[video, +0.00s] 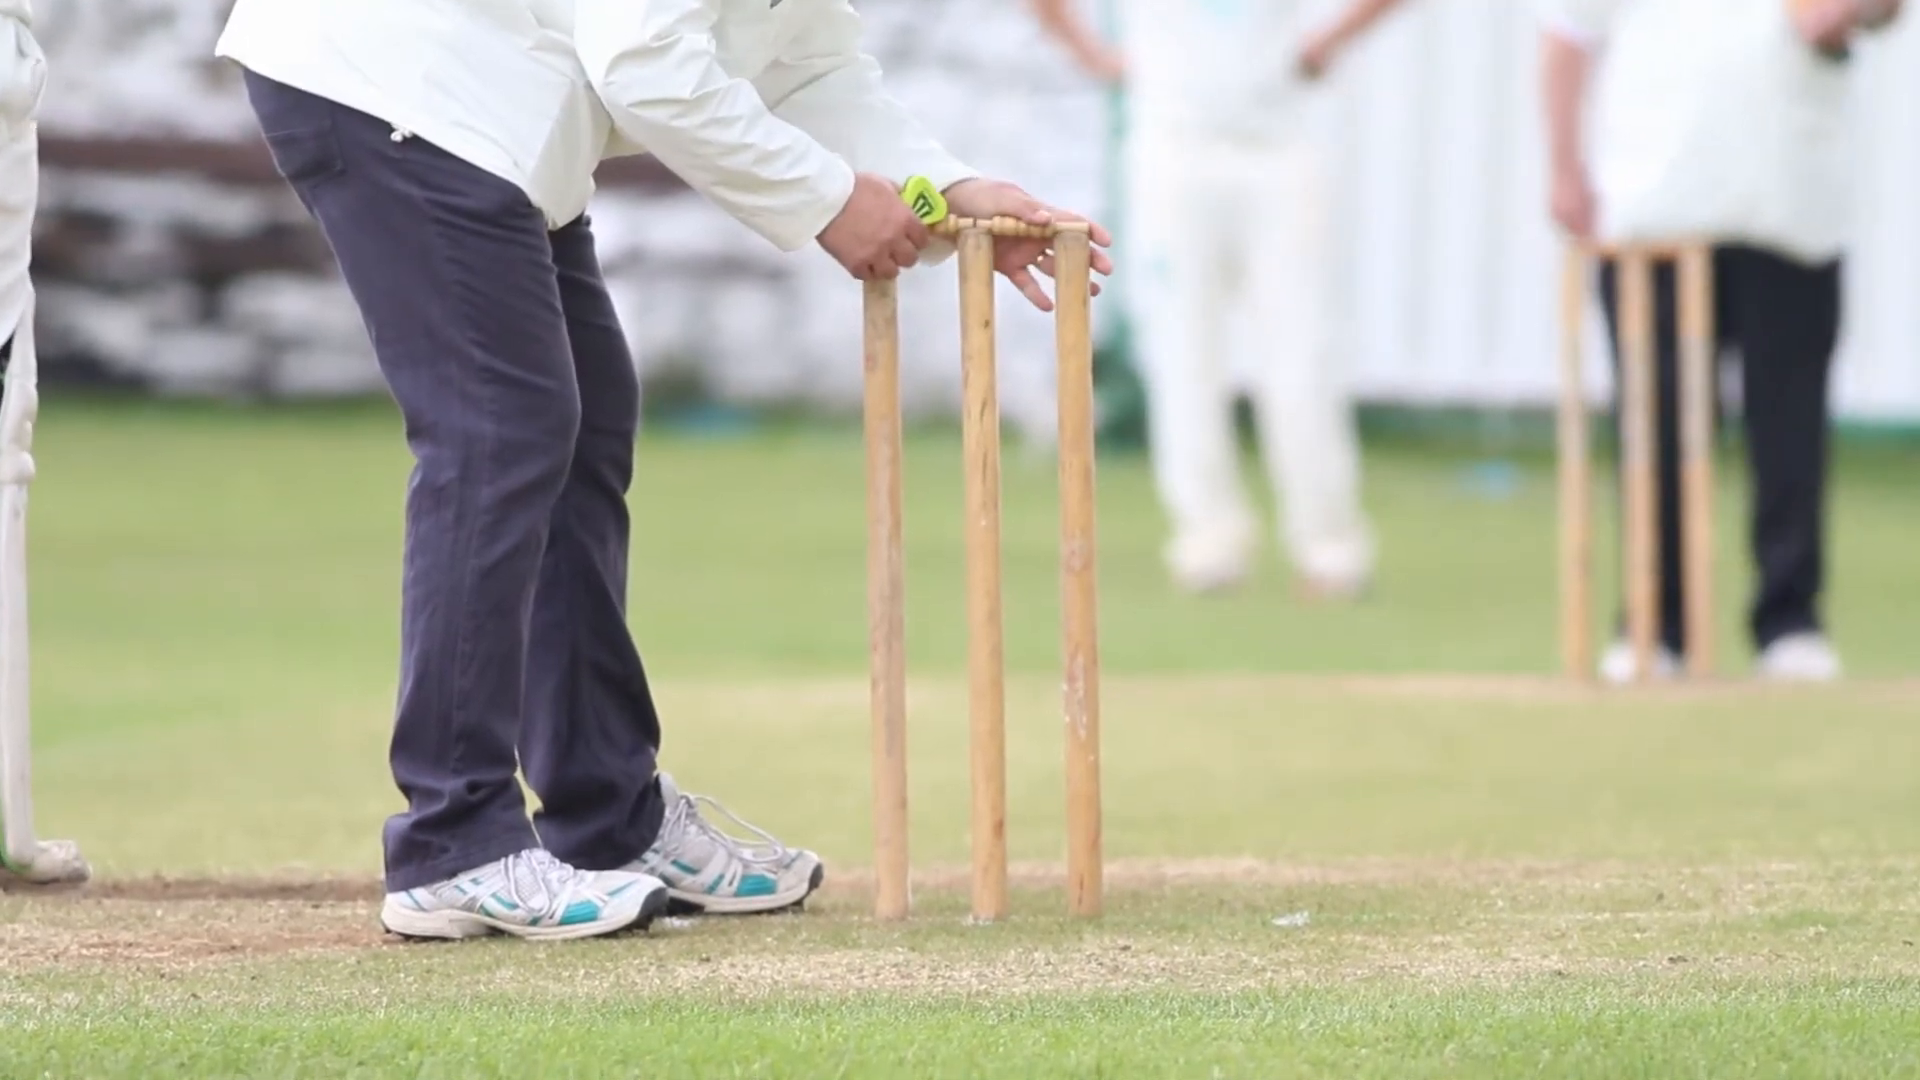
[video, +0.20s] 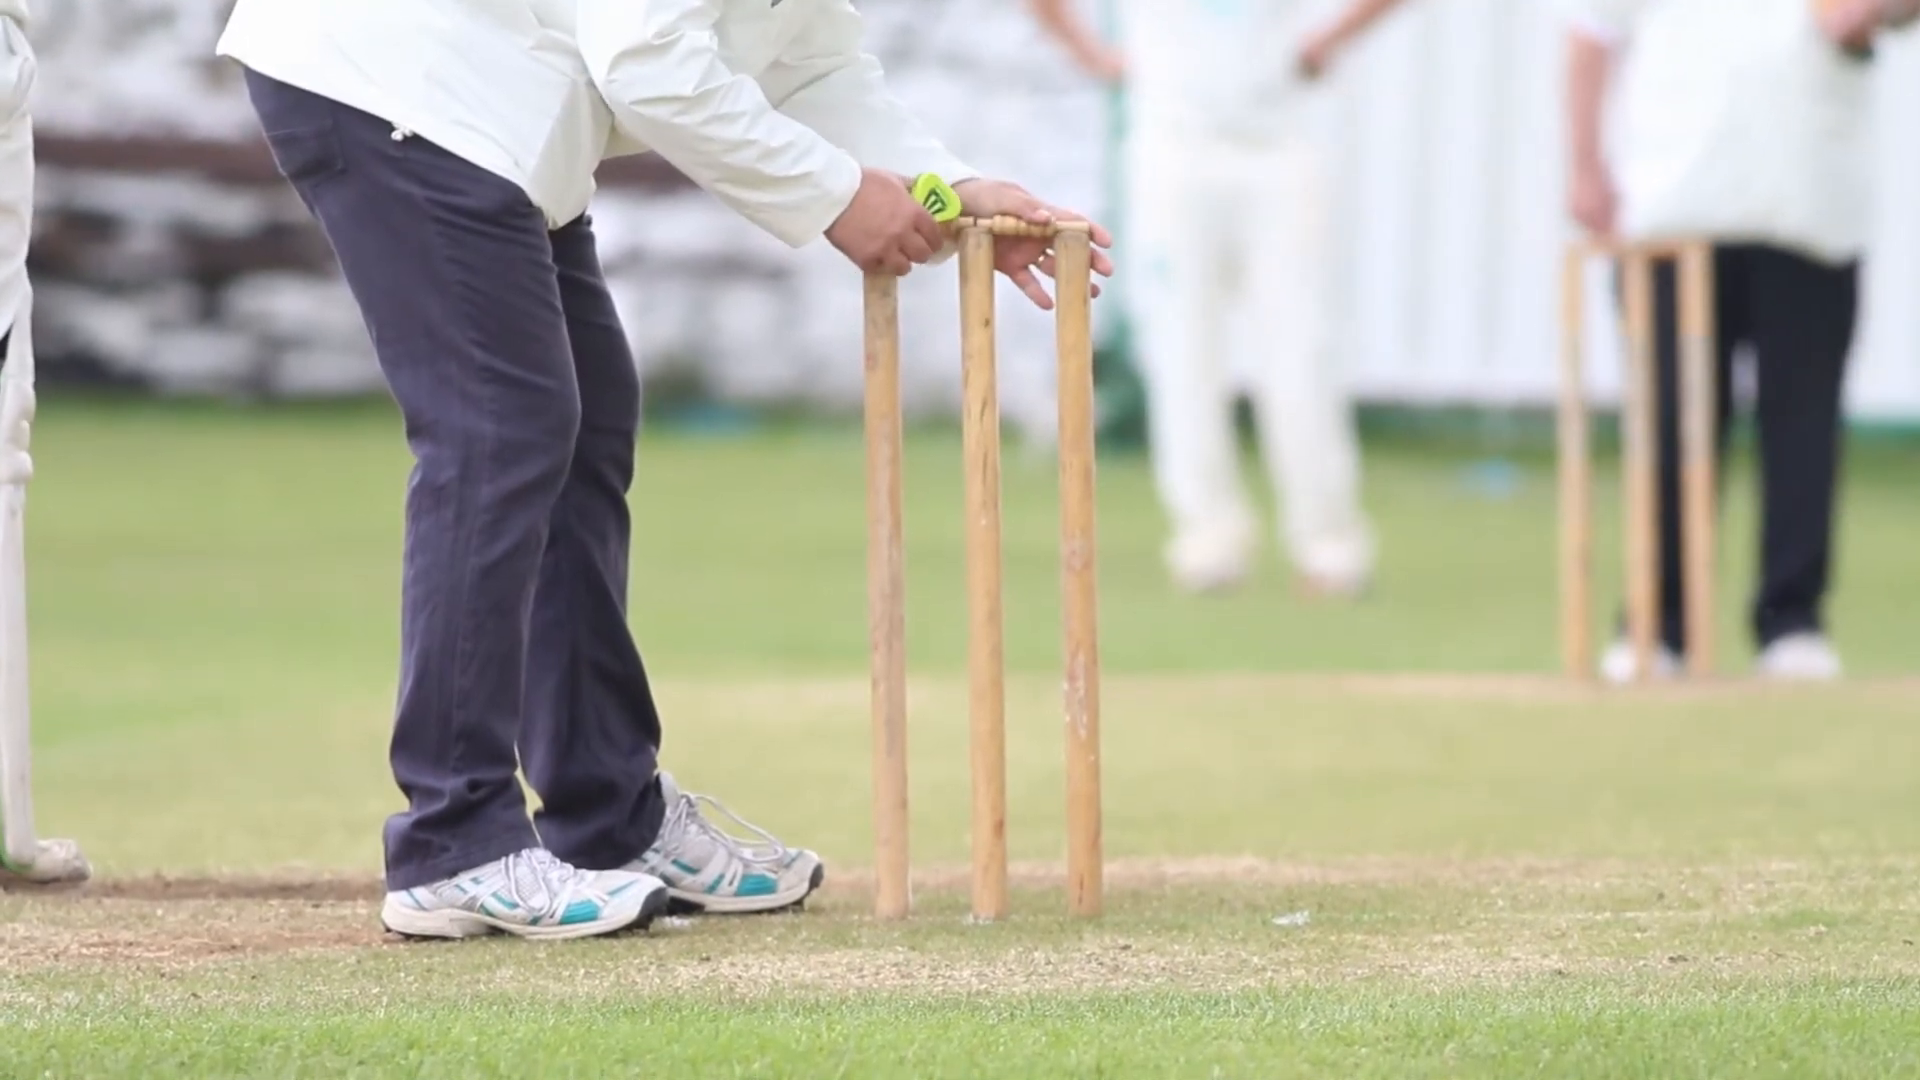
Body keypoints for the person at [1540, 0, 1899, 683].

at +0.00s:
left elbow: (1889, 9)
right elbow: (1568, 28)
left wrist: (1848, 13)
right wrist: (1567, 169)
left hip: (1794, 202)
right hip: (1650, 202)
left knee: (1789, 439)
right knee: (1655, 440)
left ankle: (1791, 629)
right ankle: (1655, 635)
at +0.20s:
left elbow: (1887, 17)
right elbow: (1591, 28)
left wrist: (1871, 15)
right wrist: (1587, 166)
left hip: (1814, 203)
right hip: (1671, 201)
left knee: (1801, 438)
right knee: (1674, 440)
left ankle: (1793, 628)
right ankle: (1657, 634)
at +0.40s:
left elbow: (1870, 22)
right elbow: (1613, 26)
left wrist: (1892, 14)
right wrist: (1606, 164)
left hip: (1833, 201)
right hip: (1694, 196)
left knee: (1811, 436)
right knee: (1682, 433)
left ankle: (1795, 627)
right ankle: (1662, 633)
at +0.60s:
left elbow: (1885, 28)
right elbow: (1629, 25)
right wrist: (1618, 159)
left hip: (1843, 196)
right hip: (1704, 190)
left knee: (1820, 431)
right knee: (1696, 423)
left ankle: (1796, 625)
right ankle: (1676, 623)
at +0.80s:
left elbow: (1890, 29)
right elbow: (1633, 23)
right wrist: (1621, 155)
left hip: (1848, 195)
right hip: (1713, 189)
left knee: (1822, 422)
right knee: (1735, 411)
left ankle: (1798, 625)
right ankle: (1730, 625)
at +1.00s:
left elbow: (1893, 28)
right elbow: (1635, 23)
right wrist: (1624, 155)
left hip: (1850, 194)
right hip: (1714, 187)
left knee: (1821, 422)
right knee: (1733, 410)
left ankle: (1797, 625)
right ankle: (1726, 624)